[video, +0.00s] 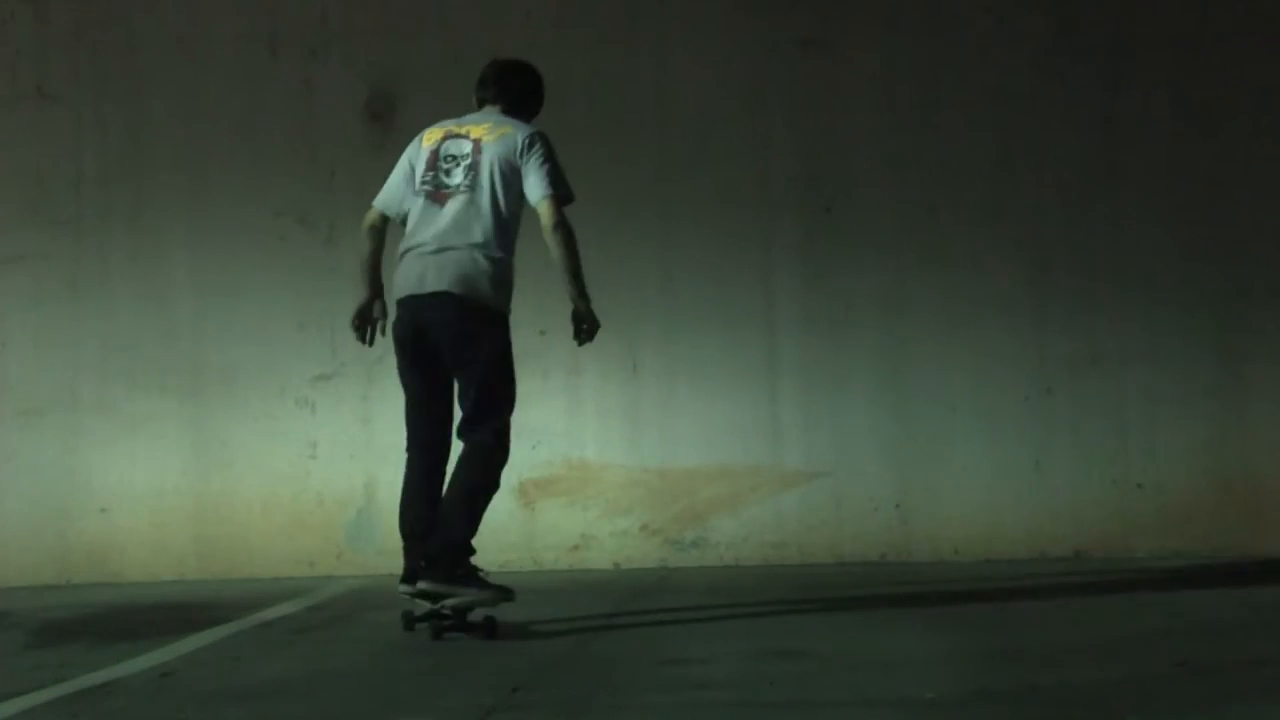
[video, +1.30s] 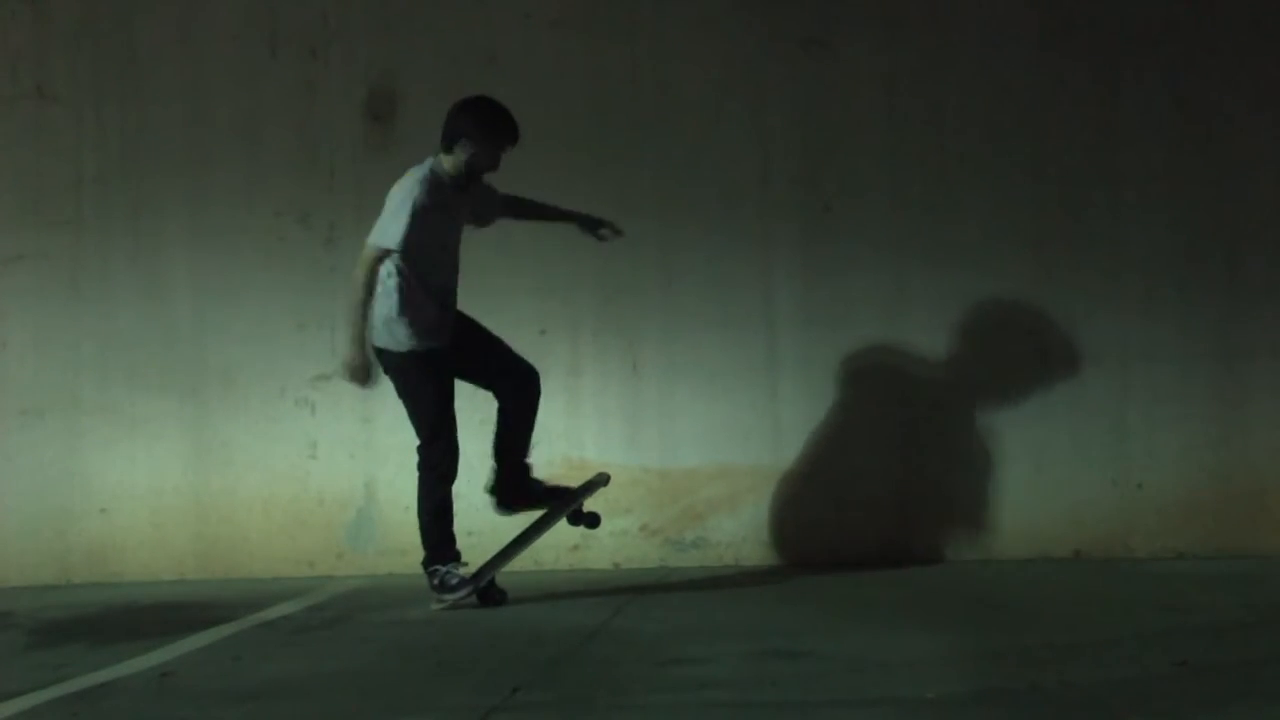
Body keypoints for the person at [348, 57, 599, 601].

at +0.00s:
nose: (532, 119)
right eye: (534, 111)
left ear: (480, 96)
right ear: (530, 105)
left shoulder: (430, 137)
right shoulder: (523, 139)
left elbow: (375, 220)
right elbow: (554, 221)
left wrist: (372, 292)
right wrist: (579, 299)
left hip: (411, 302)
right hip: (472, 301)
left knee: (423, 436)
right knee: (487, 433)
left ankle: (417, 567)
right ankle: (449, 558)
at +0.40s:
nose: (520, 146)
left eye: (527, 137)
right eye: (526, 134)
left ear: (478, 112)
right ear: (514, 121)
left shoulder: (424, 148)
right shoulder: (483, 153)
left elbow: (378, 216)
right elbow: (472, 217)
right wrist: (512, 302)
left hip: (384, 313)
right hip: (427, 315)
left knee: (421, 429)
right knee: (444, 438)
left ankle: (394, 556)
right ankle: (402, 564)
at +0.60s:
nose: (513, 162)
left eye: (519, 152)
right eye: (517, 150)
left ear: (474, 129)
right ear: (502, 138)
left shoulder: (432, 160)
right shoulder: (469, 170)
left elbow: (416, 234)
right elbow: (465, 232)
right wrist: (514, 305)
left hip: (387, 318)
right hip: (412, 327)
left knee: (470, 391)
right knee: (424, 446)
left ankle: (428, 501)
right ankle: (387, 573)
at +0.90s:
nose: (515, 171)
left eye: (519, 161)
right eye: (516, 159)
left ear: (479, 144)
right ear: (497, 149)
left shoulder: (437, 172)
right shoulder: (461, 189)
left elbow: (407, 240)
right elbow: (494, 270)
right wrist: (567, 312)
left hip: (437, 330)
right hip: (409, 339)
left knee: (516, 393)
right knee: (434, 456)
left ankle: (512, 500)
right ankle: (439, 567)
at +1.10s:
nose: (515, 169)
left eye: (520, 159)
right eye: (515, 157)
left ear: (482, 146)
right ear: (492, 149)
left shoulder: (449, 174)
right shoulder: (448, 187)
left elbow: (445, 221)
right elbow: (448, 277)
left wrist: (482, 245)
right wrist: (512, 333)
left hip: (442, 330)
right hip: (405, 337)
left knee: (517, 387)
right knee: (435, 450)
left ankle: (513, 496)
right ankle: (441, 566)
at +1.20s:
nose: (511, 168)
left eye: (515, 158)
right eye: (510, 156)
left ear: (480, 146)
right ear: (484, 146)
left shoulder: (454, 183)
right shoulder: (438, 185)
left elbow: (467, 218)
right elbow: (410, 268)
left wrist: (526, 231)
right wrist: (442, 344)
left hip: (441, 321)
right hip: (403, 332)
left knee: (521, 374)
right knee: (438, 447)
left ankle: (500, 482)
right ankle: (442, 566)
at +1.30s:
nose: (497, 163)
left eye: (501, 152)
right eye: (493, 151)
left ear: (470, 147)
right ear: (464, 143)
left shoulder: (464, 188)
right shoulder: (415, 191)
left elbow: (510, 207)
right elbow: (370, 261)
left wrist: (579, 220)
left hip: (445, 327)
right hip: (404, 338)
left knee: (521, 384)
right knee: (439, 451)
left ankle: (512, 485)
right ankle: (441, 566)